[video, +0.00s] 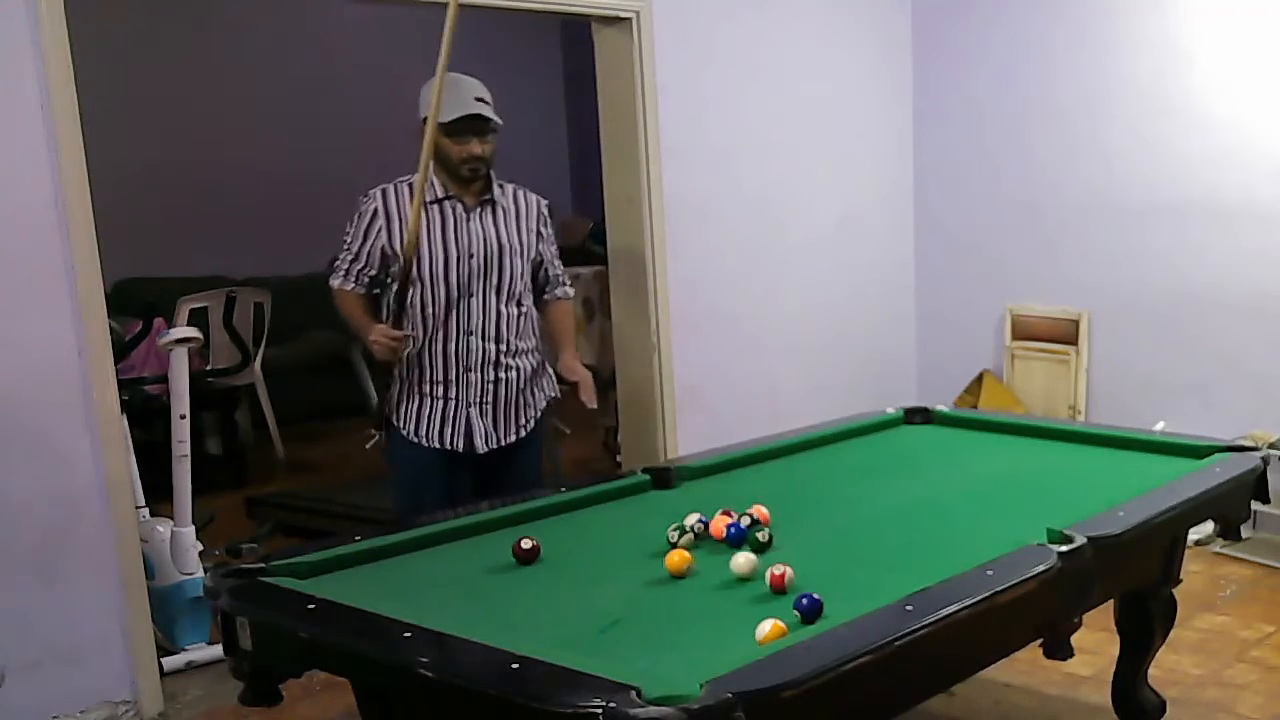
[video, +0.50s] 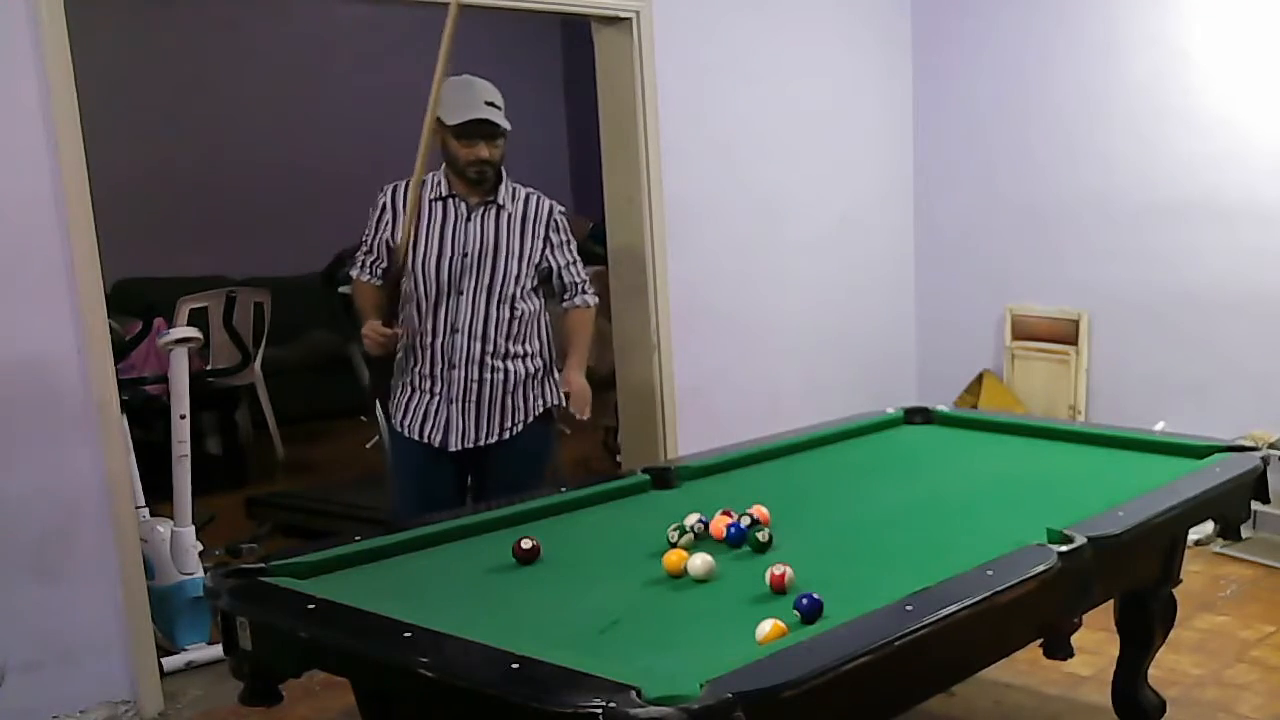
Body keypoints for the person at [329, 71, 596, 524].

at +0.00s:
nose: (475, 148)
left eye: (484, 135)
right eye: (459, 136)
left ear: (496, 136)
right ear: (431, 136)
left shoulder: (529, 210)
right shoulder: (388, 207)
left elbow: (555, 291)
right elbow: (345, 284)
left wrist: (567, 353)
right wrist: (369, 329)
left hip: (516, 417)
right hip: (429, 420)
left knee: (521, 551)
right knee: (432, 558)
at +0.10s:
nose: (482, 150)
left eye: (492, 137)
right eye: (467, 137)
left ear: (505, 139)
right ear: (440, 137)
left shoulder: (537, 211)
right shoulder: (396, 206)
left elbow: (563, 291)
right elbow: (353, 282)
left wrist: (578, 356)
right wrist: (378, 327)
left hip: (521, 416)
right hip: (433, 418)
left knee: (523, 550)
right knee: (437, 557)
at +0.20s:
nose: (488, 151)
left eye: (497, 138)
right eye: (473, 138)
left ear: (510, 141)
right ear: (445, 137)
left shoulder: (542, 213)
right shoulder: (400, 205)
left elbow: (570, 292)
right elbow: (360, 282)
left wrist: (583, 358)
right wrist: (382, 326)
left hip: (523, 418)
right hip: (433, 418)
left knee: (527, 550)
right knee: (436, 558)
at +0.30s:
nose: (489, 152)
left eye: (499, 139)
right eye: (475, 139)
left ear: (512, 141)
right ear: (447, 138)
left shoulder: (545, 214)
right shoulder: (403, 205)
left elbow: (576, 292)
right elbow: (365, 280)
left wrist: (584, 362)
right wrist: (381, 325)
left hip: (521, 417)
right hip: (431, 417)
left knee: (525, 549)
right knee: (434, 556)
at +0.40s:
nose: (487, 152)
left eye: (497, 139)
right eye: (473, 139)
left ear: (511, 141)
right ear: (447, 138)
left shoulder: (545, 214)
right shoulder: (403, 203)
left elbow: (579, 294)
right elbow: (366, 277)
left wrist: (580, 364)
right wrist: (377, 323)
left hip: (519, 413)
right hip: (428, 413)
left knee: (521, 549)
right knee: (431, 555)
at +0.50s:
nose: (482, 151)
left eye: (492, 138)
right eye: (467, 139)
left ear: (505, 141)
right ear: (441, 137)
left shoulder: (541, 215)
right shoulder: (400, 204)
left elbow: (578, 296)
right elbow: (368, 274)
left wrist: (575, 367)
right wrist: (371, 322)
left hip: (516, 415)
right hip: (424, 414)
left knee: (515, 549)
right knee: (425, 554)